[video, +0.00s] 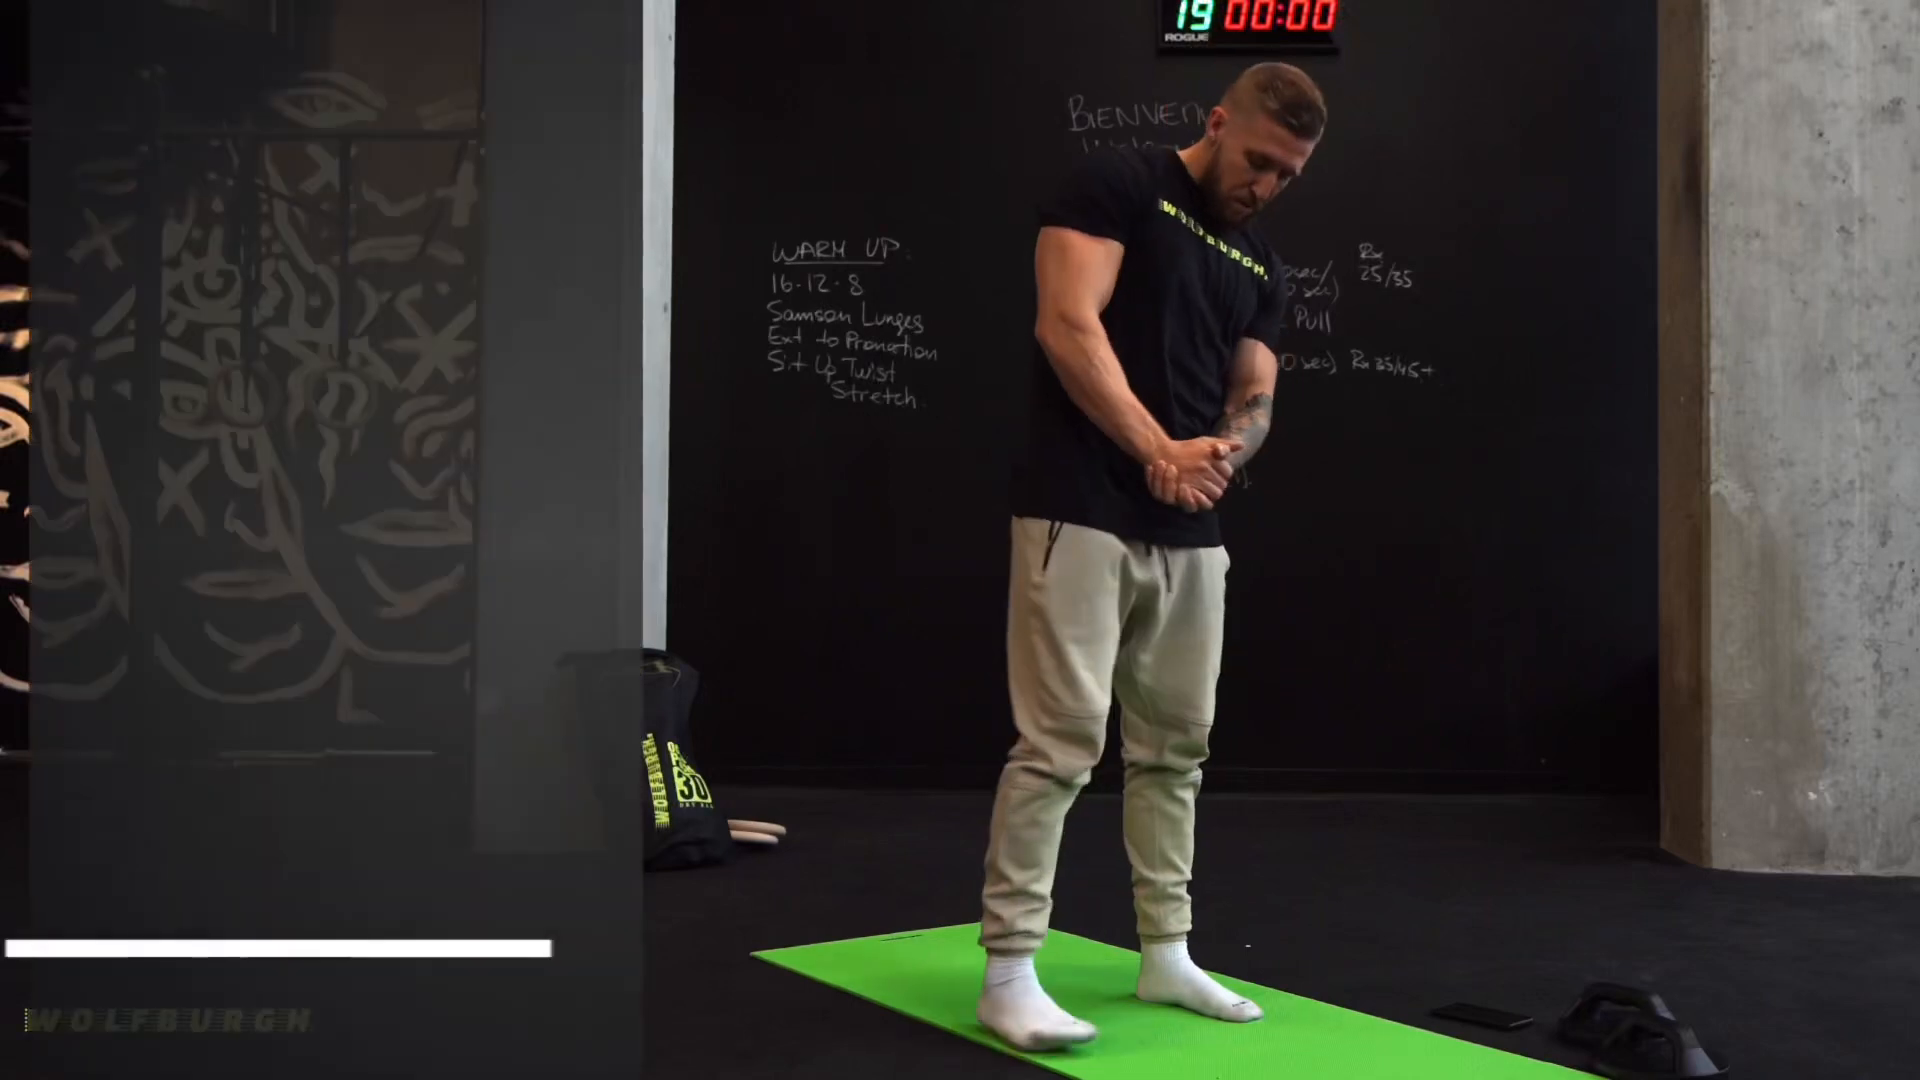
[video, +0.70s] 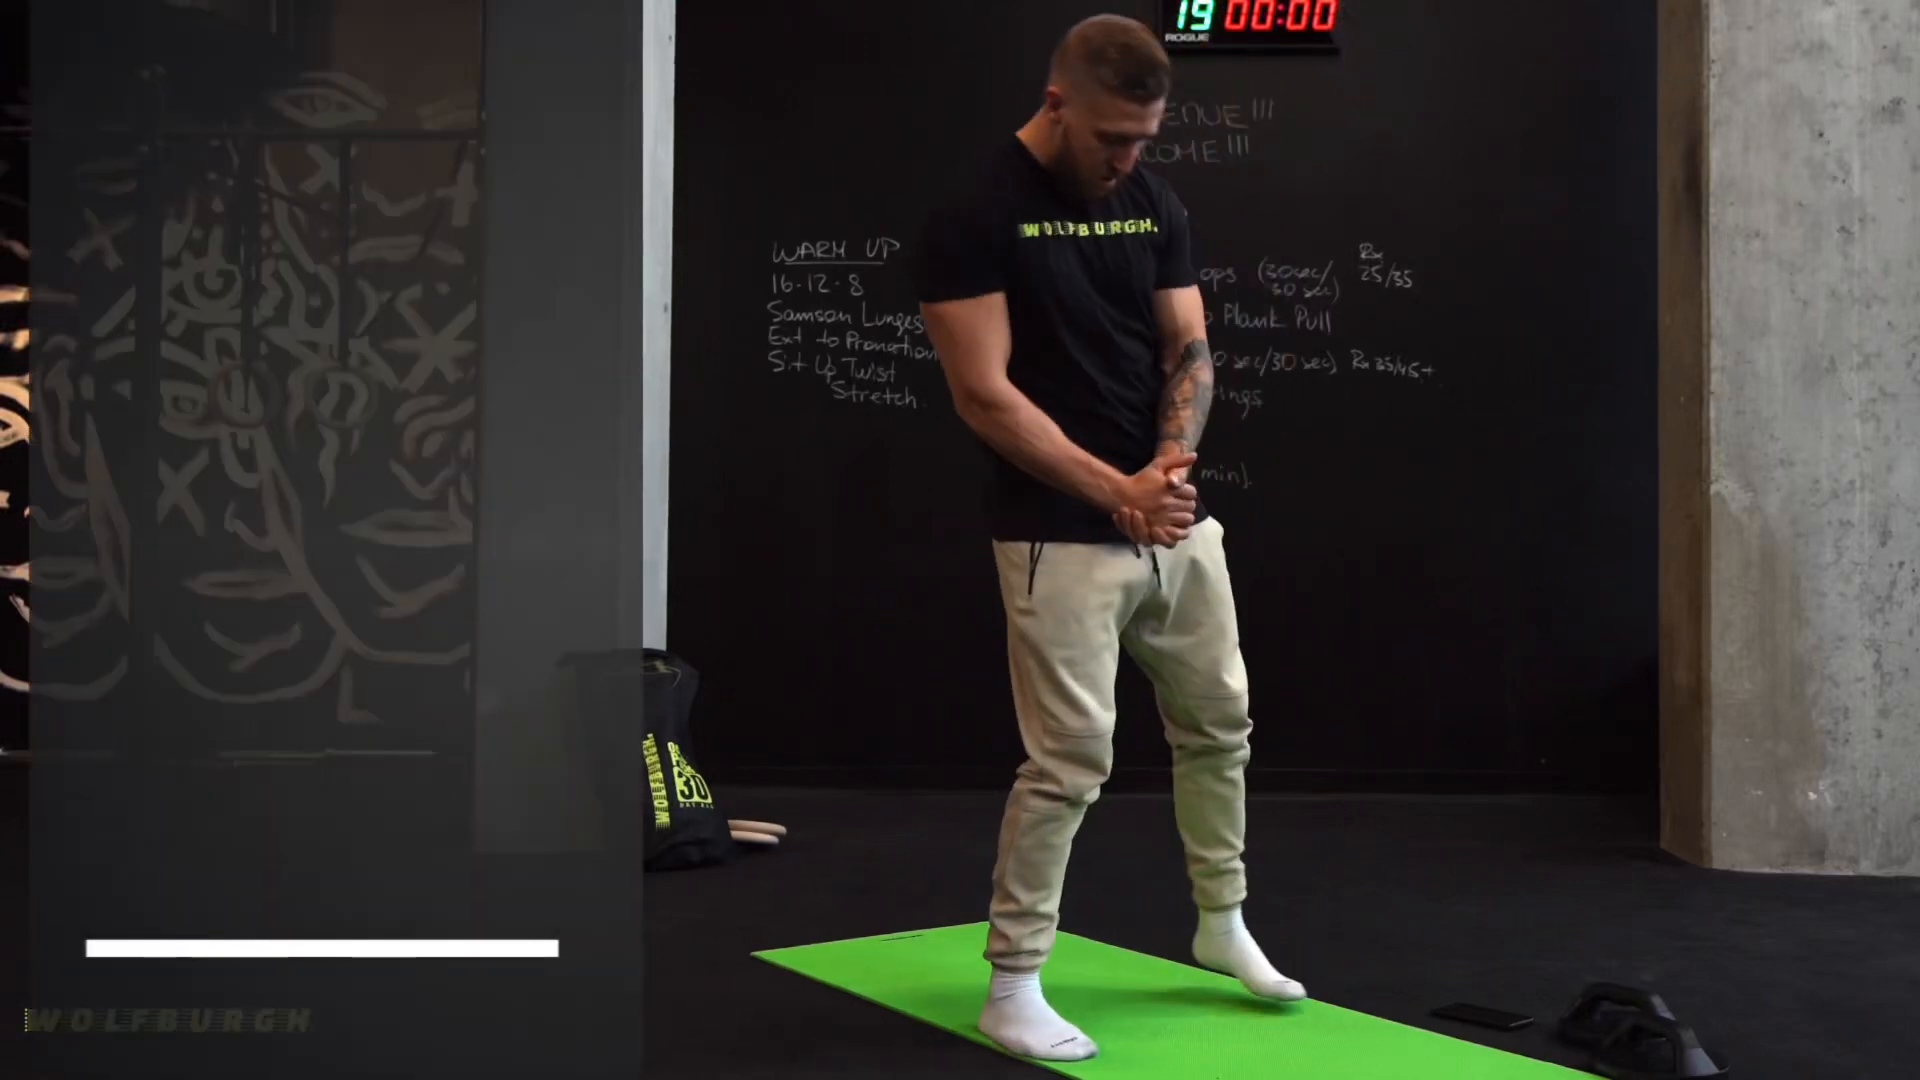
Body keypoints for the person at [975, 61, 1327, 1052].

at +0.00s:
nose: (1267, 187)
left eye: (1287, 174)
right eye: (1257, 162)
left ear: (1301, 167)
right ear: (1213, 123)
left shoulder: (1256, 268)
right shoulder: (1109, 188)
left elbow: (1254, 399)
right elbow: (1066, 327)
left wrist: (1227, 452)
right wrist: (1157, 449)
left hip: (1186, 531)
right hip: (1077, 517)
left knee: (1174, 746)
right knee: (1059, 744)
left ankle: (1165, 957)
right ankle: (1010, 974)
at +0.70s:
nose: (1129, 160)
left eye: (1144, 141)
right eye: (1112, 139)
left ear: (1159, 120)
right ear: (1054, 108)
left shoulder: (1154, 202)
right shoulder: (976, 213)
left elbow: (1190, 353)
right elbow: (980, 393)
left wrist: (1169, 467)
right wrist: (1115, 491)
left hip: (1172, 521)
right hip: (1059, 536)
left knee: (1217, 727)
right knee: (1071, 755)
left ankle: (1221, 930)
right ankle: (1013, 986)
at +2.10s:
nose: (1197, 128)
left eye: (1211, 109)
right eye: (1178, 108)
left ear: (1221, 103)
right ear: (1125, 92)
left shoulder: (1227, 211)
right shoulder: (1059, 210)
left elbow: (1274, 342)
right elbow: (1069, 363)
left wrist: (1270, 400)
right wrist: (1203, 430)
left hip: (1215, 531)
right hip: (1099, 528)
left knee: (1226, 748)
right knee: (1076, 757)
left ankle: (1236, 954)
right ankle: (1033, 981)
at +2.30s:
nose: (1228, 107)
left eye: (1238, 89)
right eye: (1207, 87)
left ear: (1245, 100)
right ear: (1151, 92)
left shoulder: (1252, 224)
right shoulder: (1089, 203)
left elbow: (1295, 348)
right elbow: (1092, 350)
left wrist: (1289, 402)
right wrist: (1219, 428)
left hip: (1238, 528)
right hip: (1124, 525)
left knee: (1238, 746)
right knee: (1096, 749)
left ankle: (1238, 954)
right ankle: (1037, 978)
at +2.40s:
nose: (1234, 98)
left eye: (1242, 81)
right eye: (1212, 78)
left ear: (1247, 97)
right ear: (1157, 90)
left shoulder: (1253, 231)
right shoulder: (1095, 199)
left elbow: (1291, 352)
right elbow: (1100, 345)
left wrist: (1292, 403)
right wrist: (1228, 423)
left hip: (1237, 527)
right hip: (1124, 523)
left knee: (1235, 746)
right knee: (1093, 749)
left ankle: (1238, 955)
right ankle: (1037, 979)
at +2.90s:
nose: (1214, 167)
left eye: (1220, 151)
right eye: (1189, 151)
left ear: (1227, 169)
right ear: (1135, 172)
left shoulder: (1238, 293)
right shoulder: (1086, 277)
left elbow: (1324, 368)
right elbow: (1148, 364)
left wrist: (1387, 366)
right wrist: (1314, 364)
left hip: (1180, 578)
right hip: (1066, 577)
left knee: (1286, 744)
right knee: (1088, 756)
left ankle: (1241, 955)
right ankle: (1036, 982)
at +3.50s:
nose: (1236, 474)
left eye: (1241, 455)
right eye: (1212, 457)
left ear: (1249, 467)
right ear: (1156, 479)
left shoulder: (1247, 566)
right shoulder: (1113, 555)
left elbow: (1376, 592)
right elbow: (1199, 593)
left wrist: (1424, 539)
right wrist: (1368, 520)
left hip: (1153, 781)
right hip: (1025, 789)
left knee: (1306, 750)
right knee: (1110, 761)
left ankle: (1241, 958)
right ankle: (1044, 989)